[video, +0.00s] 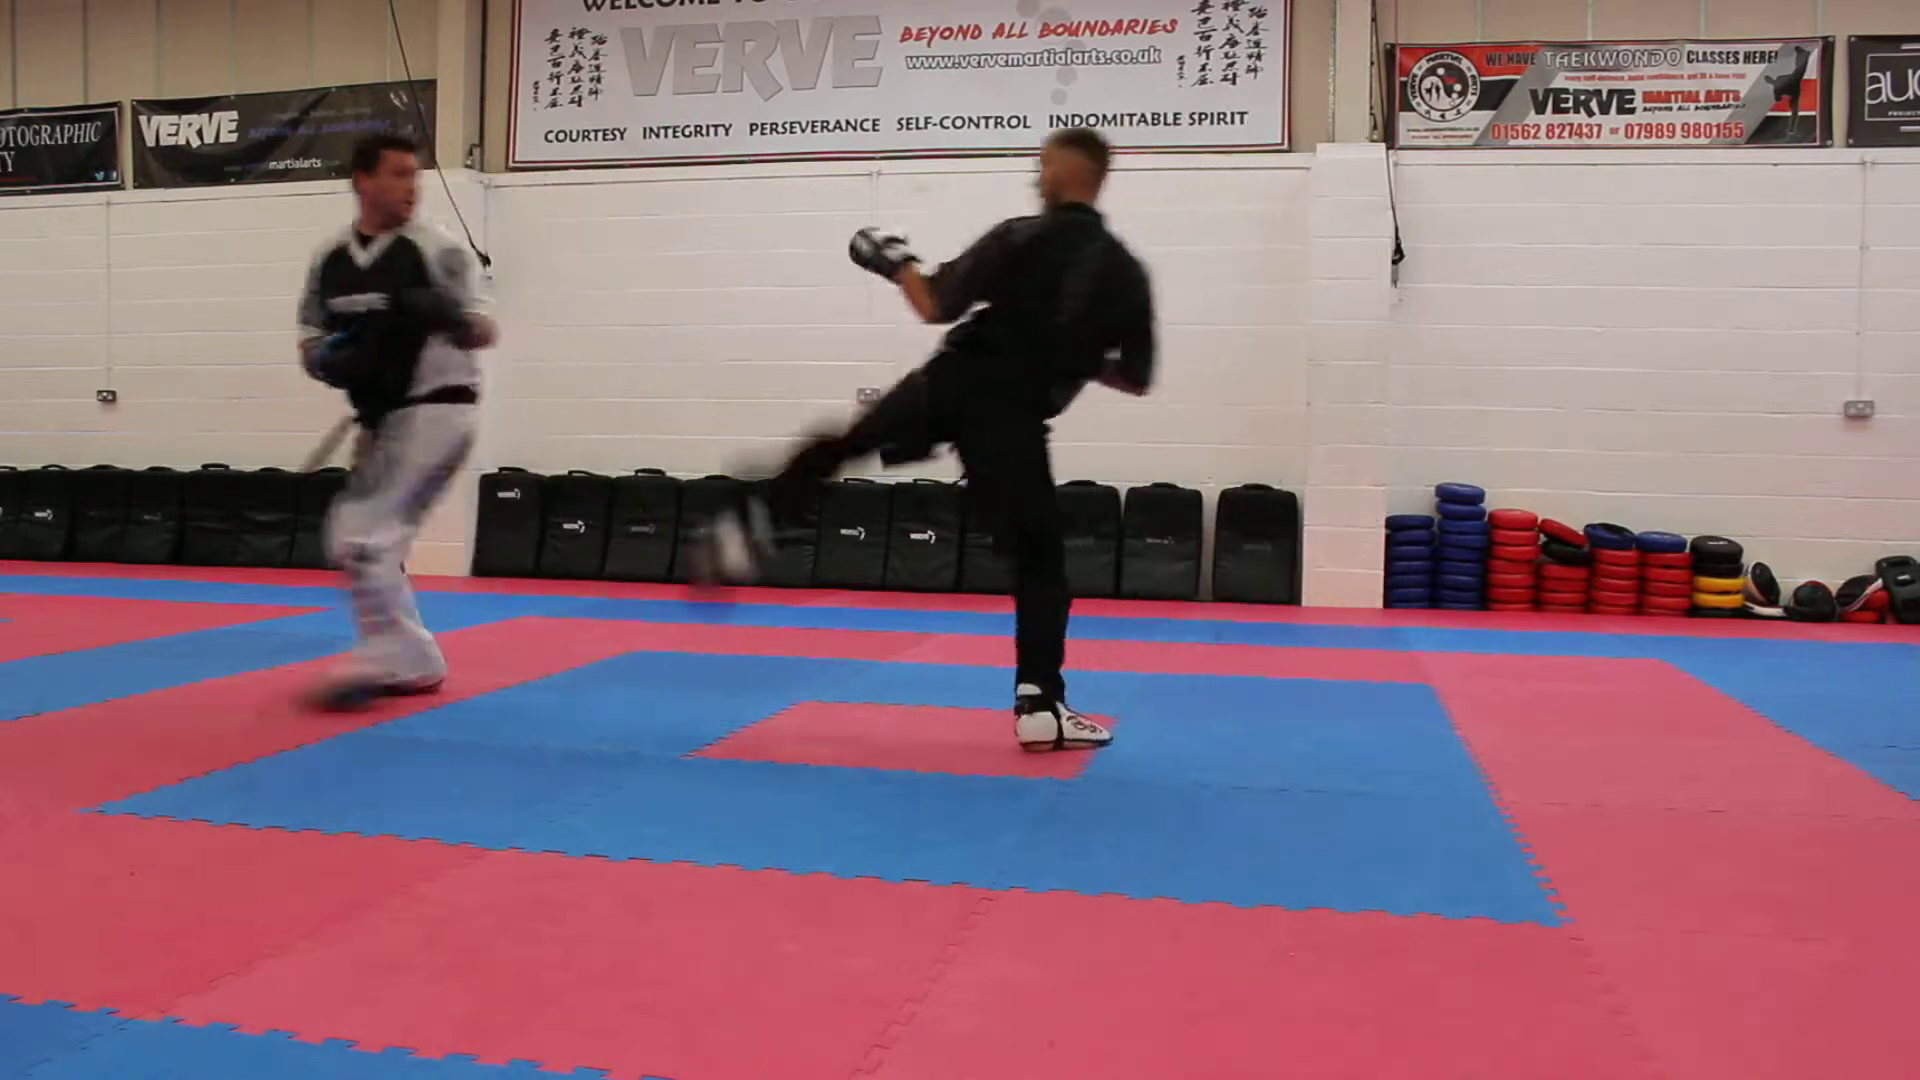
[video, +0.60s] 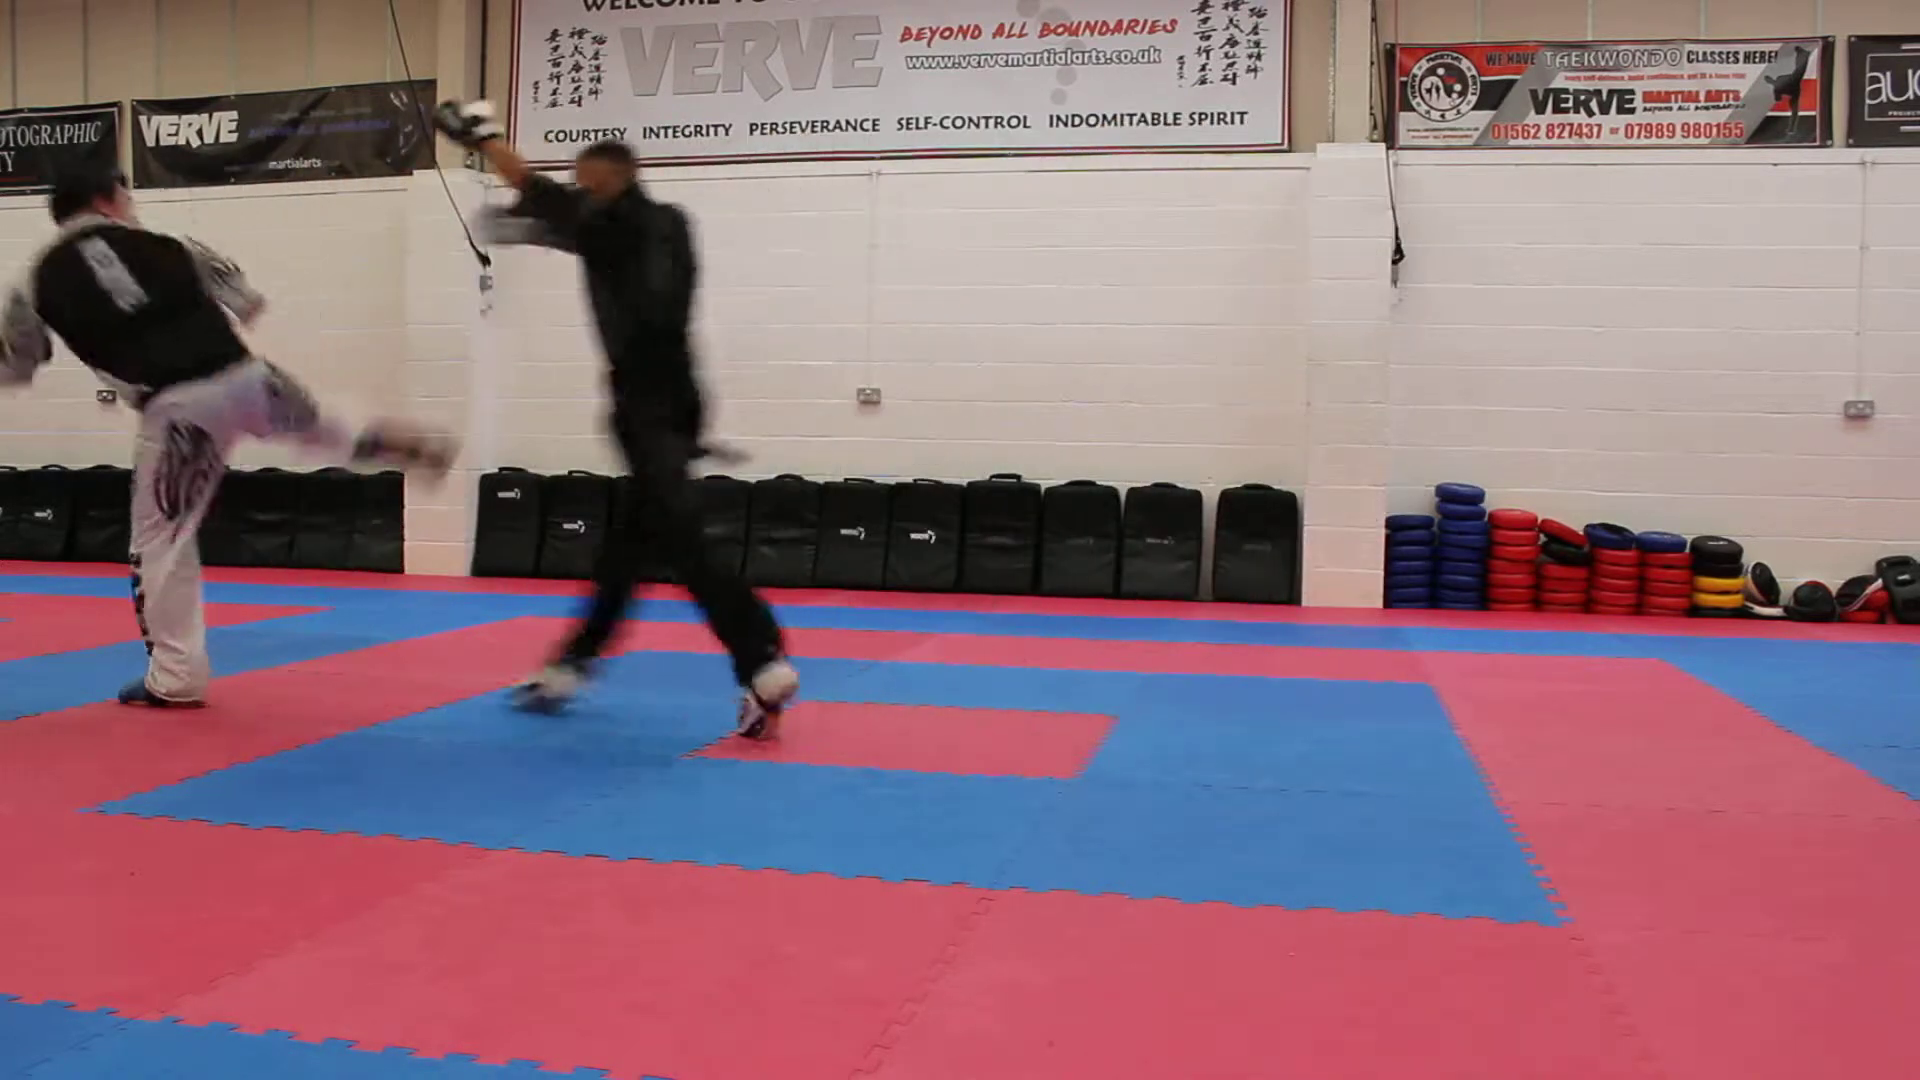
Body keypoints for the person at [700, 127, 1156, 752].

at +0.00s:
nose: (1040, 173)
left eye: (1047, 163)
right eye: (1044, 161)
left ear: (1063, 172)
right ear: (1100, 178)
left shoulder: (1020, 238)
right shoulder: (1126, 273)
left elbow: (935, 304)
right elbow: (1135, 378)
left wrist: (894, 260)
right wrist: (1075, 353)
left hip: (948, 388)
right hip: (1013, 424)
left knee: (847, 444)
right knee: (1041, 558)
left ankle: (756, 521)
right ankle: (1039, 704)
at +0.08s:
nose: (992, 173)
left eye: (1001, 163)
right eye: (995, 161)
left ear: (1023, 170)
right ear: (1047, 175)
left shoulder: (976, 239)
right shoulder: (1076, 265)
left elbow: (887, 292)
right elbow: (1093, 368)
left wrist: (860, 256)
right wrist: (1031, 346)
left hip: (920, 411)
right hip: (990, 430)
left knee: (845, 516)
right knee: (1031, 561)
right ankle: (1040, 708)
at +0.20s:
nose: (881, 168)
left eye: (888, 158)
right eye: (887, 157)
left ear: (899, 166)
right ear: (931, 170)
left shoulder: (867, 231)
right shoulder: (970, 243)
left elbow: (780, 240)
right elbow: (1015, 319)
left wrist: (725, 200)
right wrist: (965, 327)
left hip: (875, 431)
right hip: (948, 433)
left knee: (841, 559)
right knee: (995, 558)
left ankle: (815, 704)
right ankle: (1042, 698)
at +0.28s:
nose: (796, 170)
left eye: (804, 160)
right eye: (801, 159)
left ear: (822, 167)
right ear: (849, 170)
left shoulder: (788, 224)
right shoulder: (892, 231)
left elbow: (705, 190)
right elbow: (949, 293)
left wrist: (628, 162)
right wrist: (905, 318)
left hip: (841, 421)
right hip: (905, 417)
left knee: (814, 558)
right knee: (953, 546)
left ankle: (808, 704)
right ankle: (1021, 674)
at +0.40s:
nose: (695, 177)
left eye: (702, 167)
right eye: (697, 168)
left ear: (723, 169)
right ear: (744, 169)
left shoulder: (706, 217)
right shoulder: (798, 222)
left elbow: (619, 184)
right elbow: (863, 288)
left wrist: (556, 141)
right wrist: (798, 287)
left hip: (777, 398)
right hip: (830, 389)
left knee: (783, 542)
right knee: (852, 524)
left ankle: (800, 698)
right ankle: (889, 651)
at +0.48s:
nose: (643, 176)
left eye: (650, 166)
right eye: (643, 167)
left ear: (676, 169)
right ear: (687, 169)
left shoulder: (662, 218)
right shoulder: (739, 216)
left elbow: (578, 178)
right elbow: (772, 290)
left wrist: (526, 128)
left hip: (731, 392)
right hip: (772, 381)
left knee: (752, 533)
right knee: (758, 528)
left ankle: (794, 682)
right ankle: (788, 658)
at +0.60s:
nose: (582, 190)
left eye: (590, 179)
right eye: (582, 181)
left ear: (619, 174)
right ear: (603, 179)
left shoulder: (636, 222)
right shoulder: (616, 220)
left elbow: (550, 199)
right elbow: (547, 200)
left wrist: (484, 142)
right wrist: (488, 146)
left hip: (657, 408)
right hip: (651, 406)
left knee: (670, 538)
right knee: (631, 542)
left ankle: (764, 665)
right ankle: (570, 664)